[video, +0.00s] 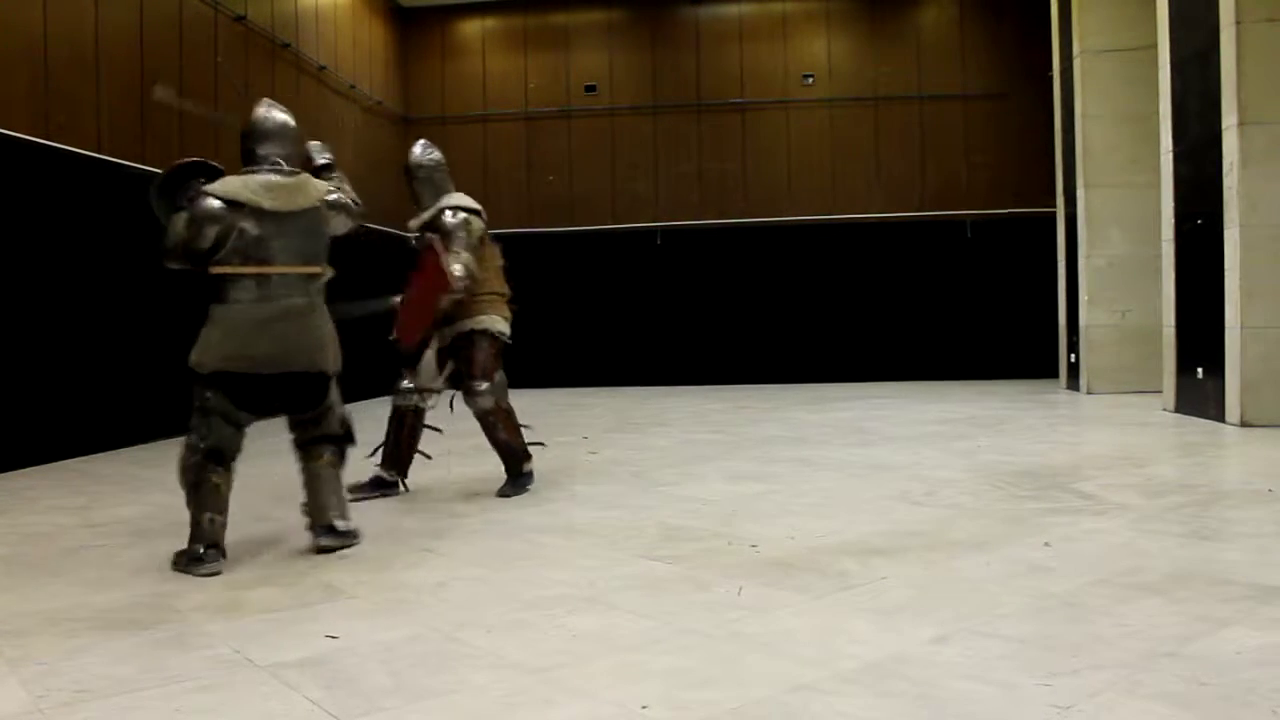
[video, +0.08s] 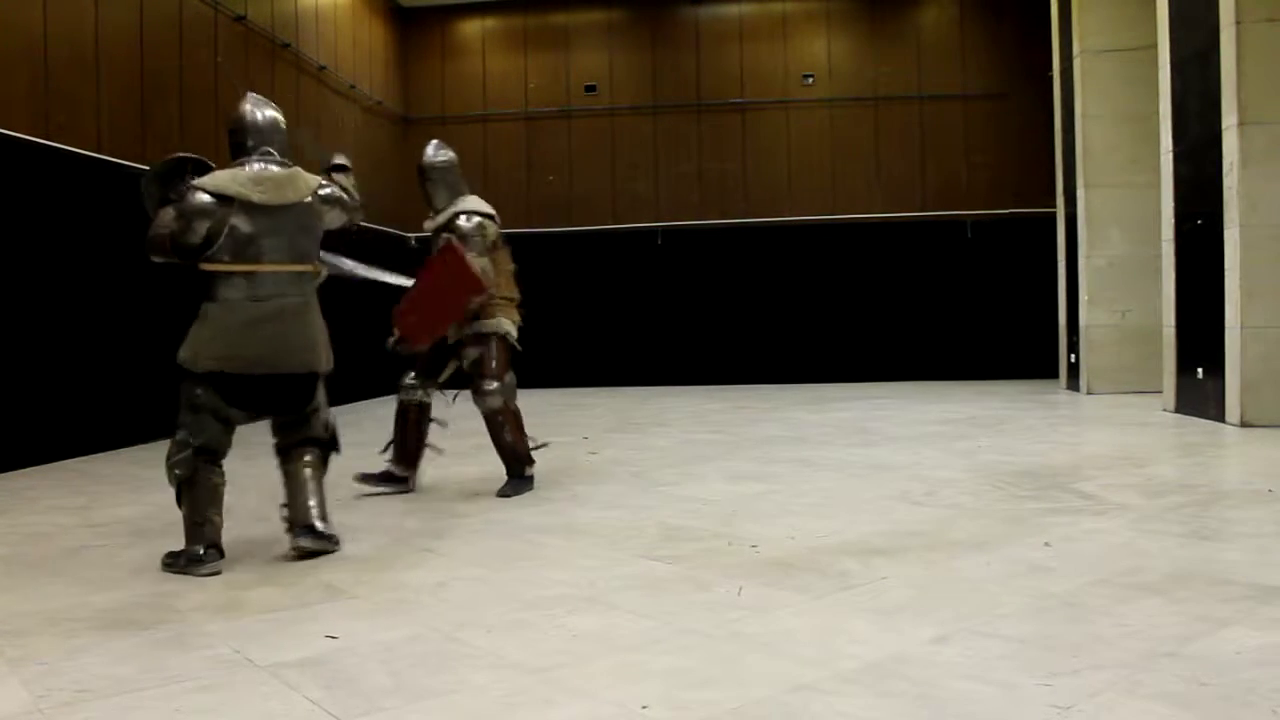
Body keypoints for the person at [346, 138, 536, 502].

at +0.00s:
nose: (417, 187)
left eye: (421, 178)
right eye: (415, 179)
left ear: (433, 178)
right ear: (422, 181)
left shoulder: (457, 215)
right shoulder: (431, 223)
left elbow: (458, 279)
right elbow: (429, 279)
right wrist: (409, 303)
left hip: (480, 313)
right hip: (445, 317)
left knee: (481, 389)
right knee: (410, 391)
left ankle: (519, 469)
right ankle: (391, 474)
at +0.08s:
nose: (430, 188)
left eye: (434, 180)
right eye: (427, 180)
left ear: (447, 178)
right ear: (426, 182)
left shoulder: (470, 219)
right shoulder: (442, 223)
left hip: (490, 316)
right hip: (453, 319)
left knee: (490, 388)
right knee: (414, 386)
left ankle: (520, 473)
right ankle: (401, 470)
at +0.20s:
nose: (459, 182)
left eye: (465, 173)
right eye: (453, 175)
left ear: (477, 173)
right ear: (446, 178)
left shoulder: (492, 216)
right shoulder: (453, 218)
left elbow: (500, 272)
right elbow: (455, 266)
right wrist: (427, 279)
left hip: (502, 312)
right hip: (464, 315)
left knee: (497, 386)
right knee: (428, 384)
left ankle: (521, 470)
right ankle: (449, 454)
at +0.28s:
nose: (478, 180)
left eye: (485, 171)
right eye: (472, 173)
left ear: (496, 172)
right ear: (463, 176)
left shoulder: (512, 213)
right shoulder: (460, 217)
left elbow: (519, 268)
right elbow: (461, 266)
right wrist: (434, 279)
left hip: (510, 308)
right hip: (470, 312)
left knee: (507, 381)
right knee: (446, 385)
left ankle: (528, 465)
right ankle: (478, 442)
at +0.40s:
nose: (492, 185)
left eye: (498, 176)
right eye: (486, 177)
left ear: (509, 178)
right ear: (476, 180)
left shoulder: (523, 219)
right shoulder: (468, 222)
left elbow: (545, 268)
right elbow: (468, 265)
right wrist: (429, 267)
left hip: (517, 319)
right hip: (477, 322)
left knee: (517, 384)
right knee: (469, 390)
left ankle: (533, 464)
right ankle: (502, 447)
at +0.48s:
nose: (503, 186)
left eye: (510, 177)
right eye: (497, 178)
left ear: (521, 178)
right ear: (487, 181)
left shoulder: (540, 220)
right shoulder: (478, 222)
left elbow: (561, 274)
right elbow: (474, 268)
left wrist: (552, 317)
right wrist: (443, 264)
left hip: (531, 321)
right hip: (490, 321)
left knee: (537, 385)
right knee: (485, 388)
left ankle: (547, 461)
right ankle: (514, 451)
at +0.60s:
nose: (536, 177)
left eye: (542, 168)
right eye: (529, 170)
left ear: (550, 169)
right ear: (518, 172)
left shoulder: (568, 213)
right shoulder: (505, 216)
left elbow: (600, 269)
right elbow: (501, 262)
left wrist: (587, 311)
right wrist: (475, 259)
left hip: (560, 314)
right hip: (518, 315)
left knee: (569, 379)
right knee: (521, 382)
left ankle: (581, 452)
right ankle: (540, 452)